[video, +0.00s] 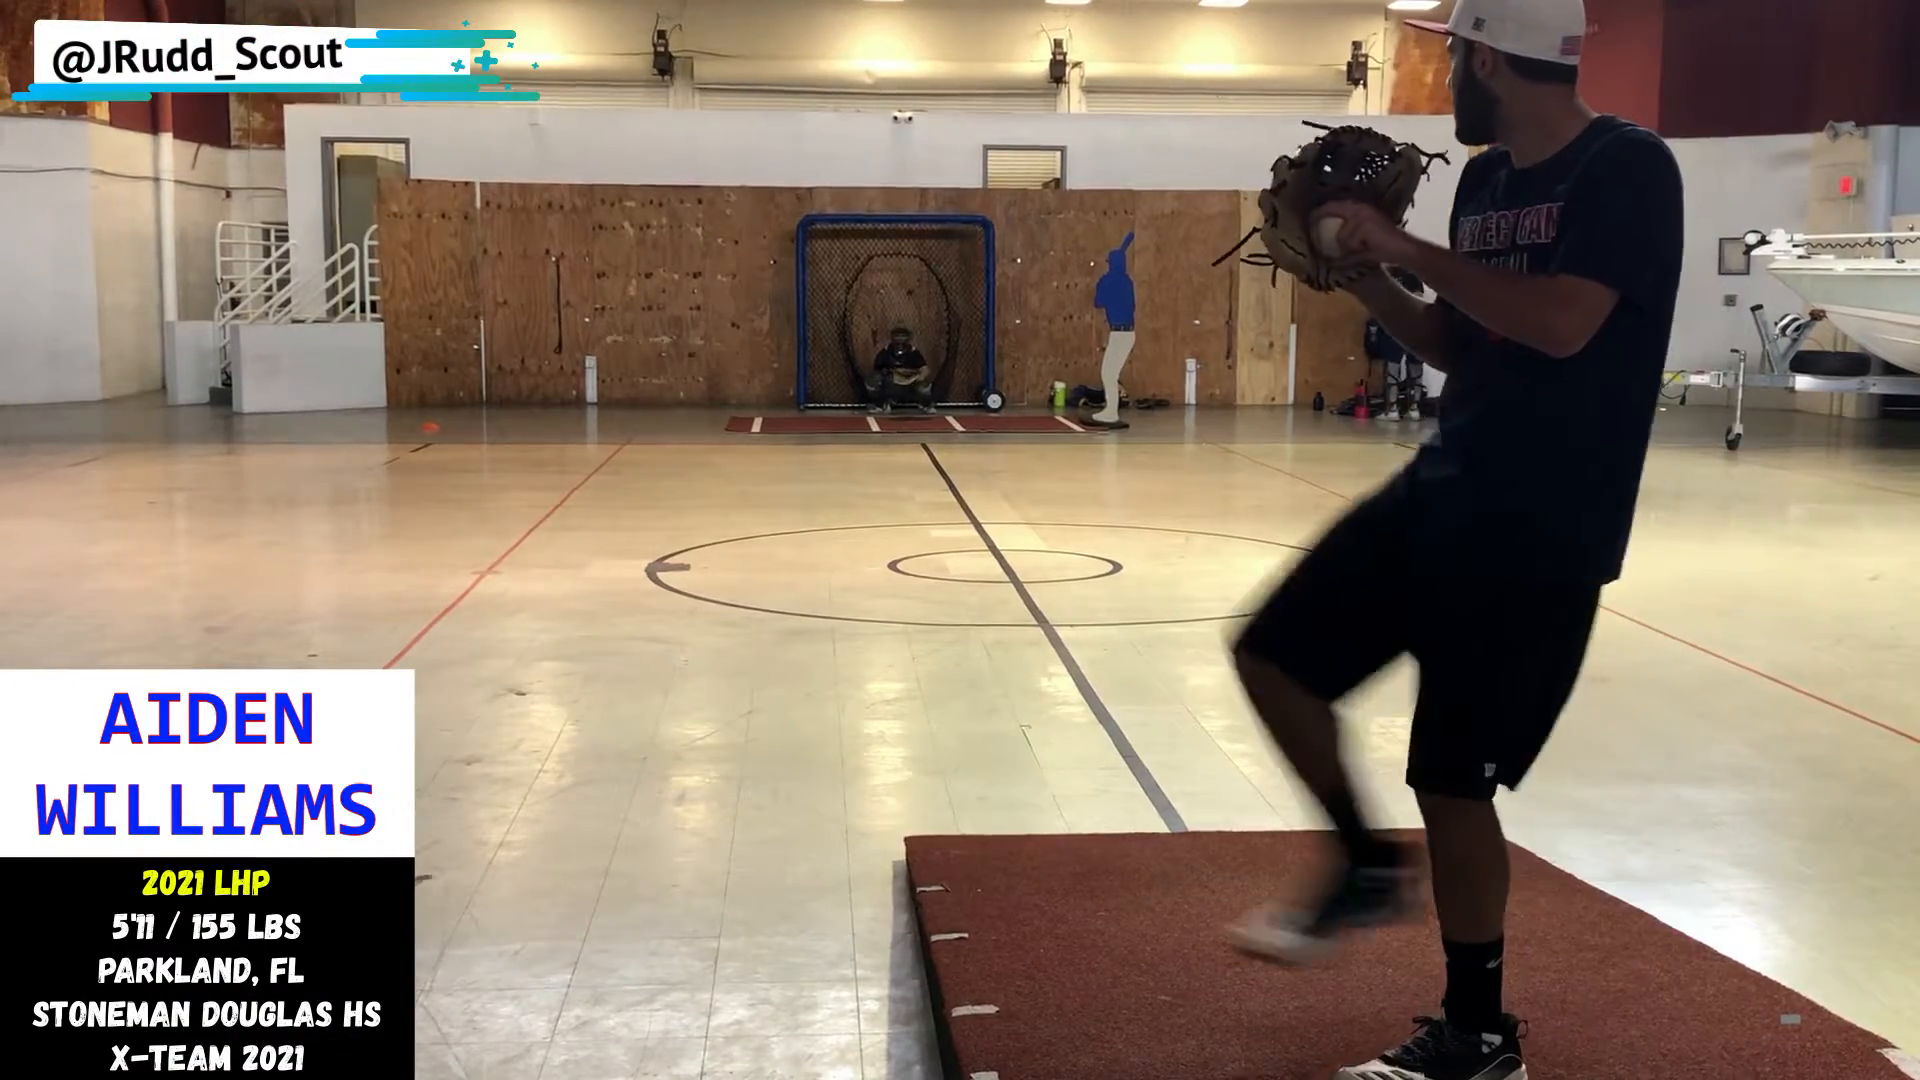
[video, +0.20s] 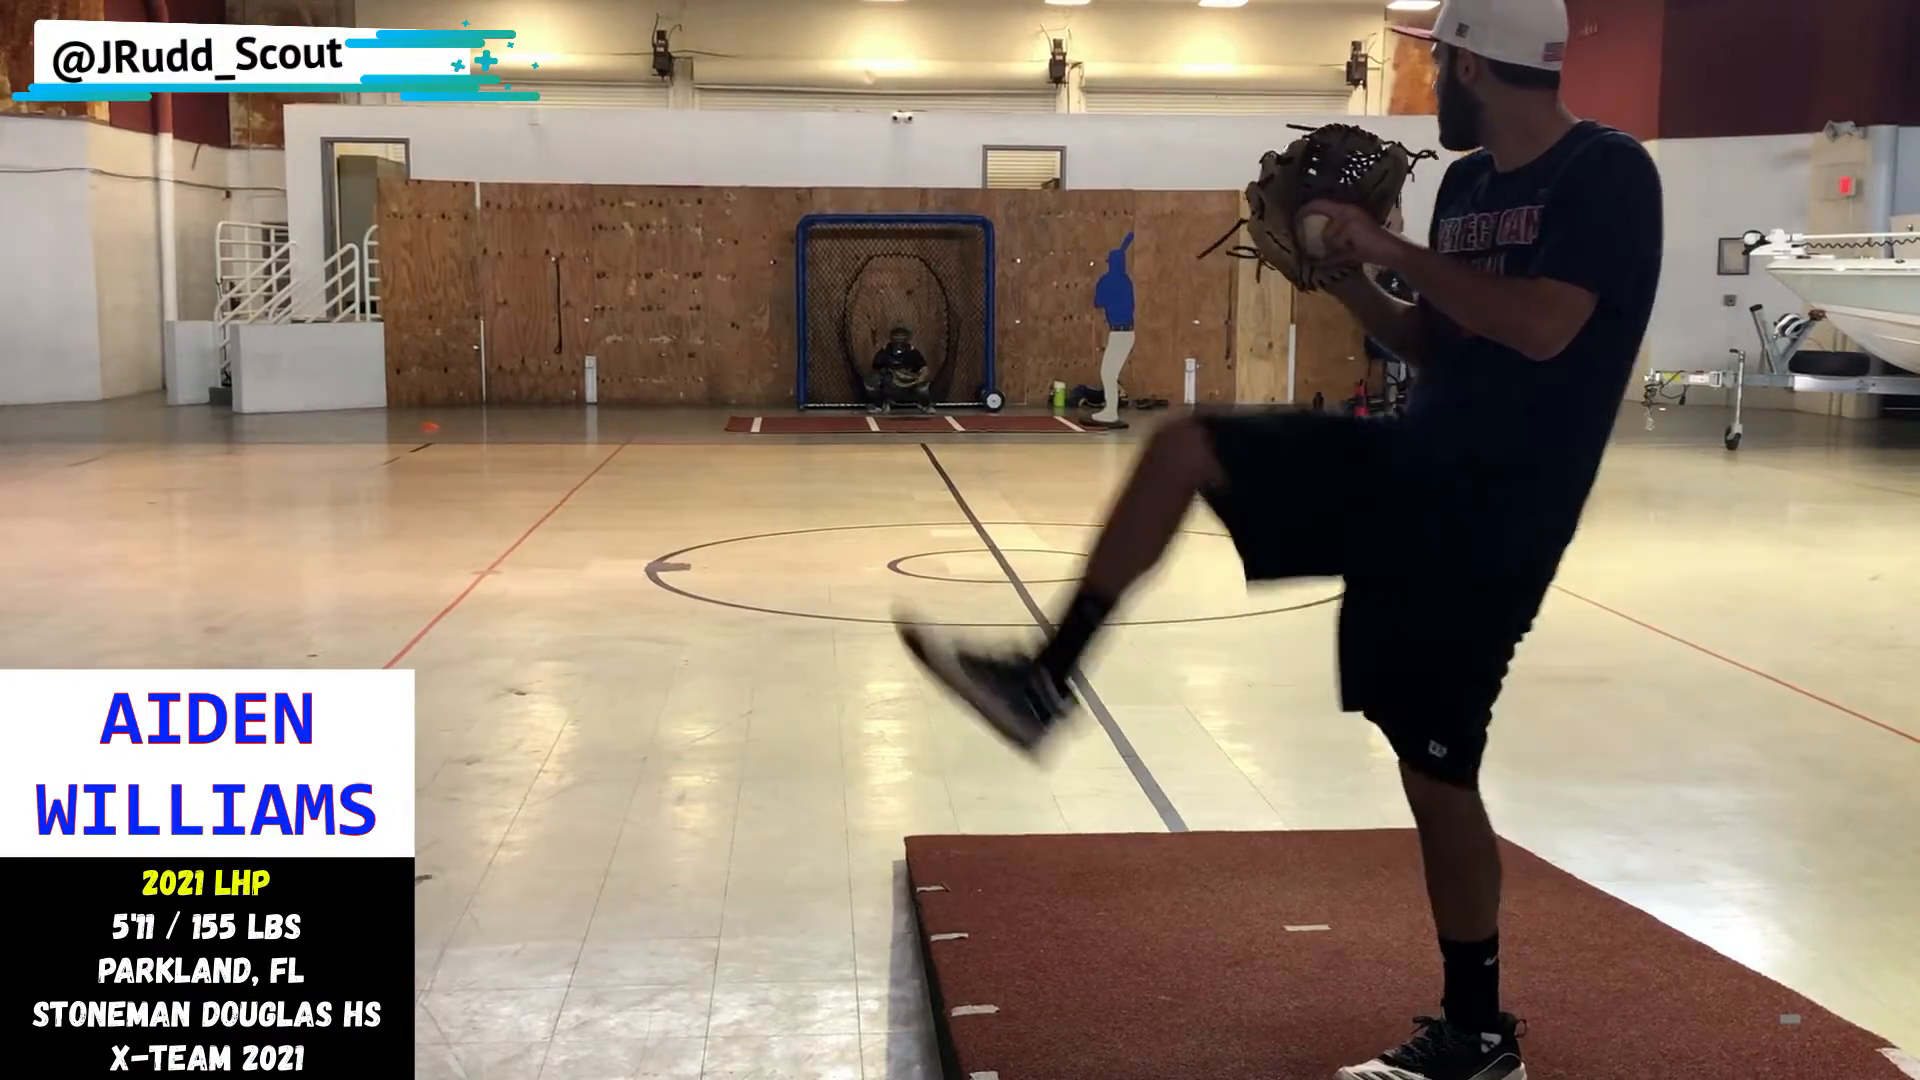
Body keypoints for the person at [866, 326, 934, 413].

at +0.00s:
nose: (900, 344)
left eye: (903, 341)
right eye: (897, 341)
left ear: (908, 340)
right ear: (892, 340)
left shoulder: (914, 352)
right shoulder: (884, 353)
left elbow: (925, 369)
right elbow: (878, 372)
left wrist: (920, 377)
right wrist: (893, 377)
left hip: (911, 382)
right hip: (892, 384)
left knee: (923, 386)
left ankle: (926, 405)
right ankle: (883, 405)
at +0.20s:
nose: (899, 344)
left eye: (902, 340)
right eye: (895, 340)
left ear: (907, 340)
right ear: (891, 340)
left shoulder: (913, 353)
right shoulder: (883, 353)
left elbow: (924, 370)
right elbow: (877, 371)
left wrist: (918, 381)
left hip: (910, 385)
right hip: (890, 387)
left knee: (923, 387)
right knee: (872, 381)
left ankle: (925, 405)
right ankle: (881, 405)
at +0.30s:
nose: (898, 344)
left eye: (902, 341)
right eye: (895, 340)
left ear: (907, 341)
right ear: (891, 340)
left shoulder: (913, 353)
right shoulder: (883, 353)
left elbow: (924, 371)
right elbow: (876, 371)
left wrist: (917, 384)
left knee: (922, 388)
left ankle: (925, 405)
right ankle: (881, 405)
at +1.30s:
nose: (900, 342)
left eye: (903, 339)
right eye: (897, 339)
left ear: (908, 339)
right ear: (892, 338)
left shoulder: (914, 354)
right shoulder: (884, 353)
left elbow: (925, 374)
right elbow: (876, 373)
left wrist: (918, 387)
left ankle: (925, 405)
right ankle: (881, 405)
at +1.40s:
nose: (901, 345)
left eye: (905, 341)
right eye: (899, 341)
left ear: (910, 340)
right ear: (893, 340)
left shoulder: (916, 354)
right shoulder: (884, 353)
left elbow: (926, 375)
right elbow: (877, 372)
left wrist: (911, 382)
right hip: (889, 389)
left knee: (923, 386)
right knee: (873, 380)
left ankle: (925, 405)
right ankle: (882, 405)